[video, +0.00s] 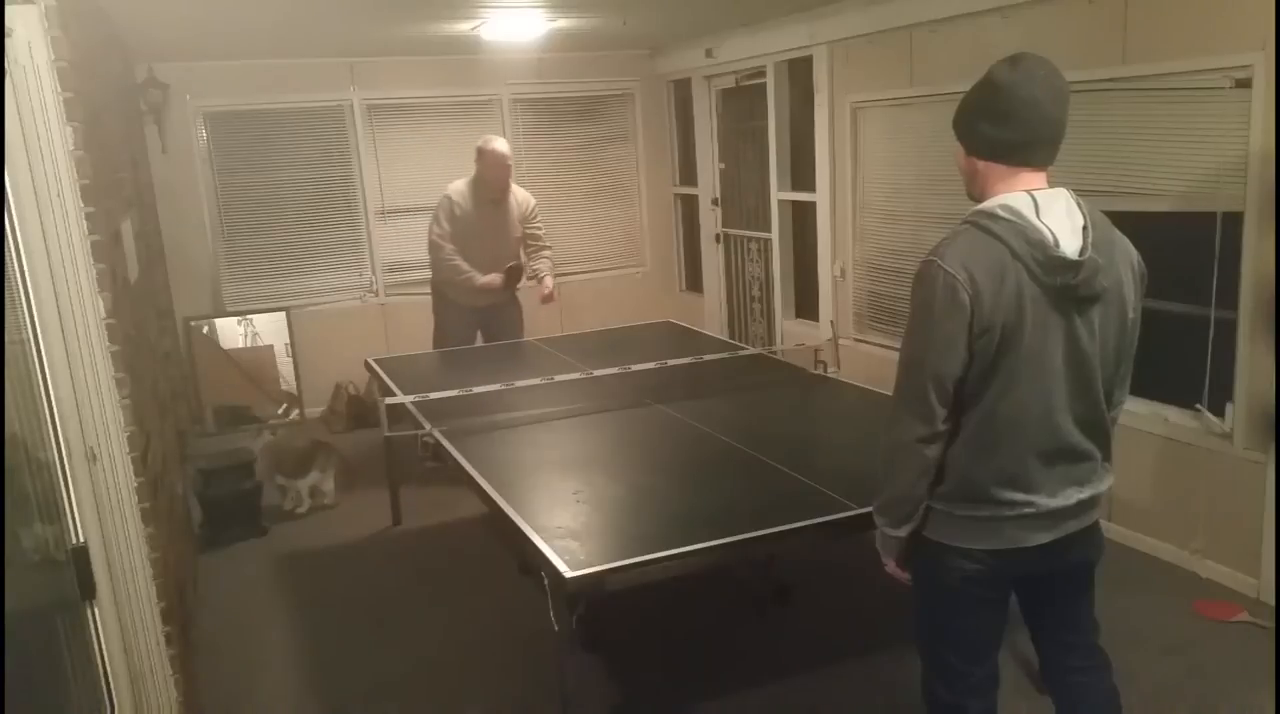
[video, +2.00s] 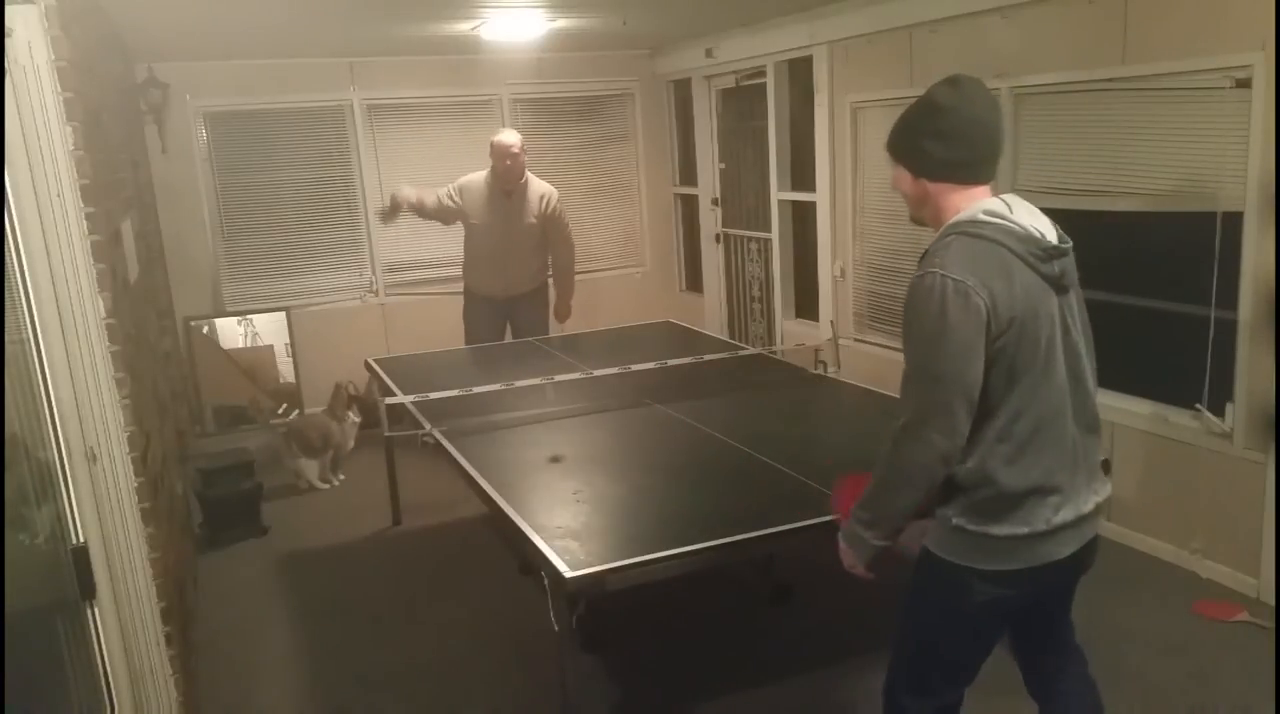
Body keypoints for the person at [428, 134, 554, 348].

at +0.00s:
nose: (504, 175)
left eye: (507, 167)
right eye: (496, 168)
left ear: (512, 165)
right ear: (479, 165)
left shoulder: (523, 201)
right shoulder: (453, 199)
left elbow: (538, 246)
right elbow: (441, 254)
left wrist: (546, 277)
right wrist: (476, 280)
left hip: (503, 301)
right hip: (456, 303)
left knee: (512, 368)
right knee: (455, 374)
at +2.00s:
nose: (507, 164)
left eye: (513, 156)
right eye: (500, 157)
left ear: (525, 155)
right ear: (490, 158)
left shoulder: (545, 196)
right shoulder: (469, 189)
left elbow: (563, 250)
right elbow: (440, 204)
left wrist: (564, 299)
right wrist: (410, 199)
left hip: (529, 296)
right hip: (482, 298)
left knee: (535, 368)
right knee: (481, 371)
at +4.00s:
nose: (513, 160)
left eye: (517, 152)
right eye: (505, 154)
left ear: (524, 152)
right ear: (491, 156)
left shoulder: (546, 190)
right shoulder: (472, 197)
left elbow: (566, 240)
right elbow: (453, 247)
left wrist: (571, 285)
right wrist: (473, 284)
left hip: (538, 302)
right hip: (492, 307)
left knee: (541, 372)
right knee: (495, 372)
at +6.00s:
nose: (541, 177)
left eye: (545, 169)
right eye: (533, 171)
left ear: (549, 165)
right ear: (516, 165)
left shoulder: (557, 197)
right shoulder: (496, 197)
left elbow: (567, 248)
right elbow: (497, 250)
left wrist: (573, 291)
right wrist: (550, 266)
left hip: (545, 296)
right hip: (503, 299)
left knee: (554, 363)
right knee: (506, 367)